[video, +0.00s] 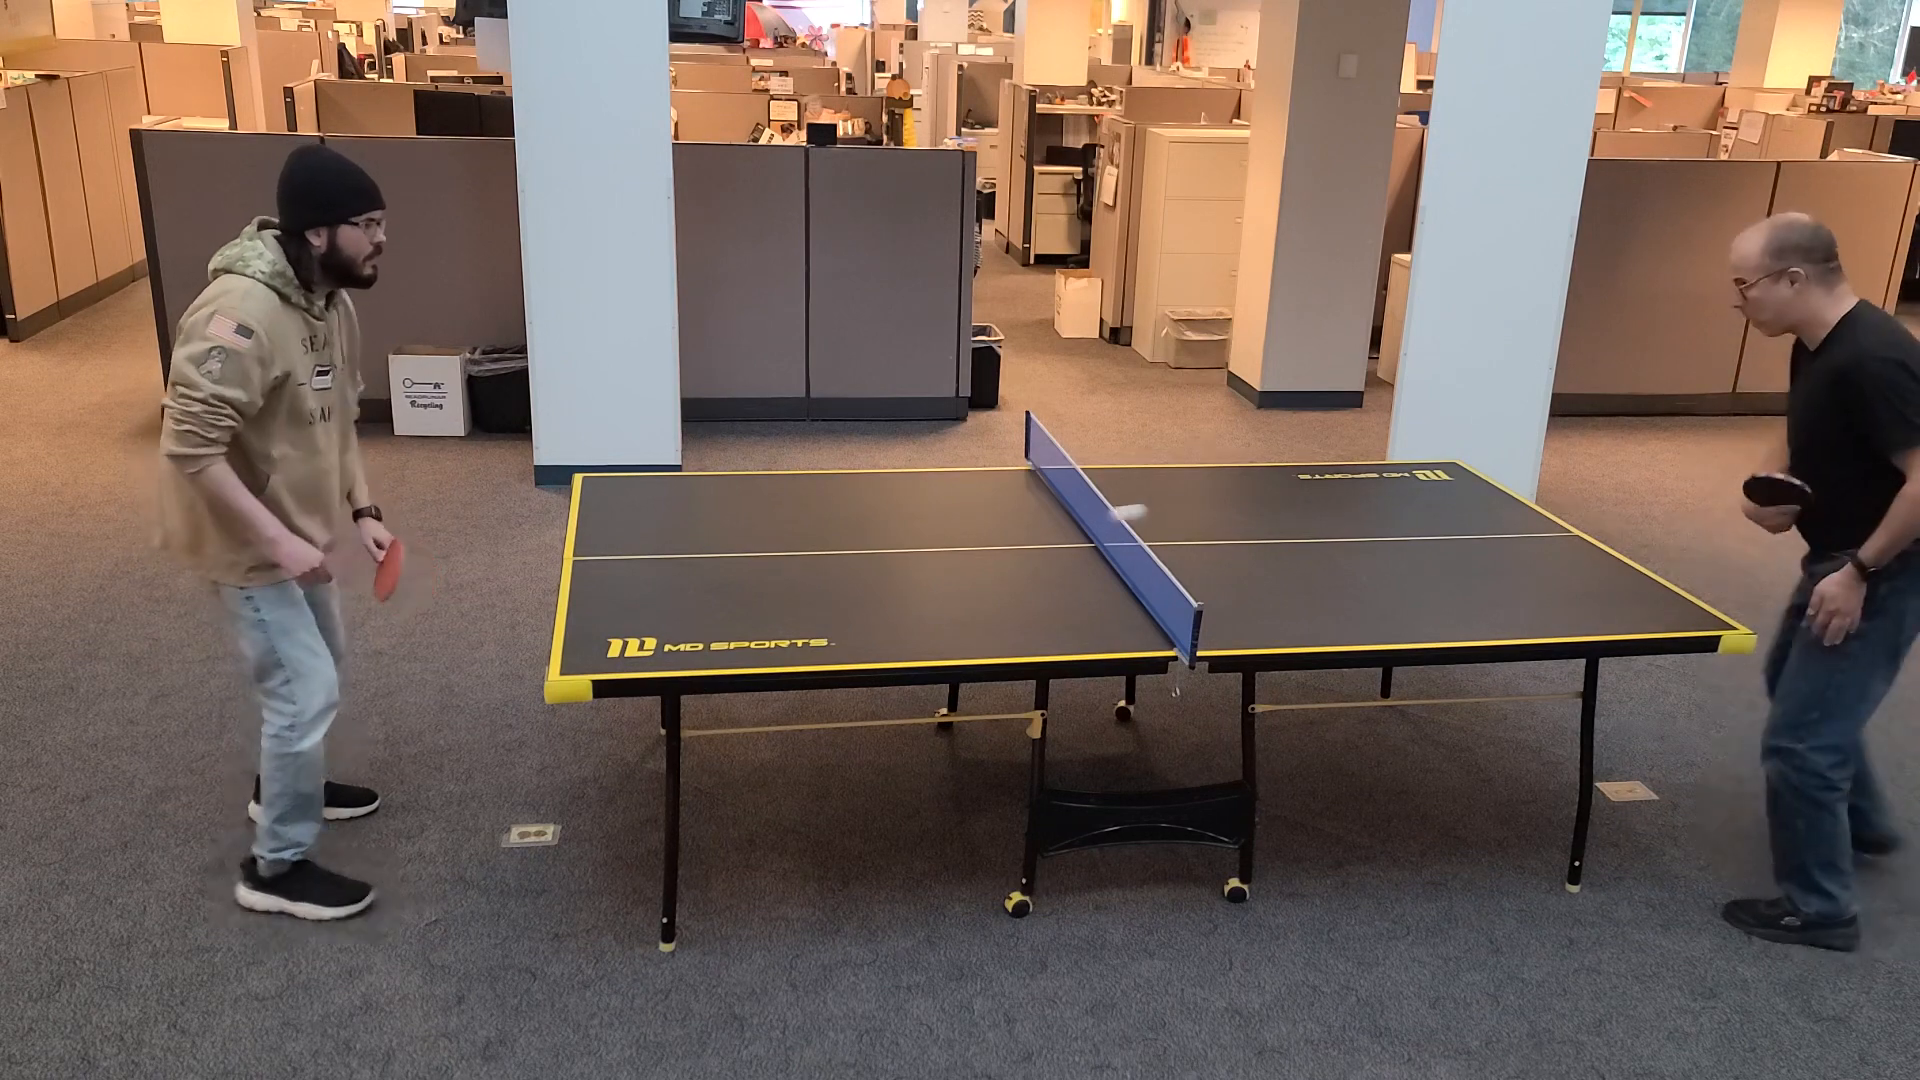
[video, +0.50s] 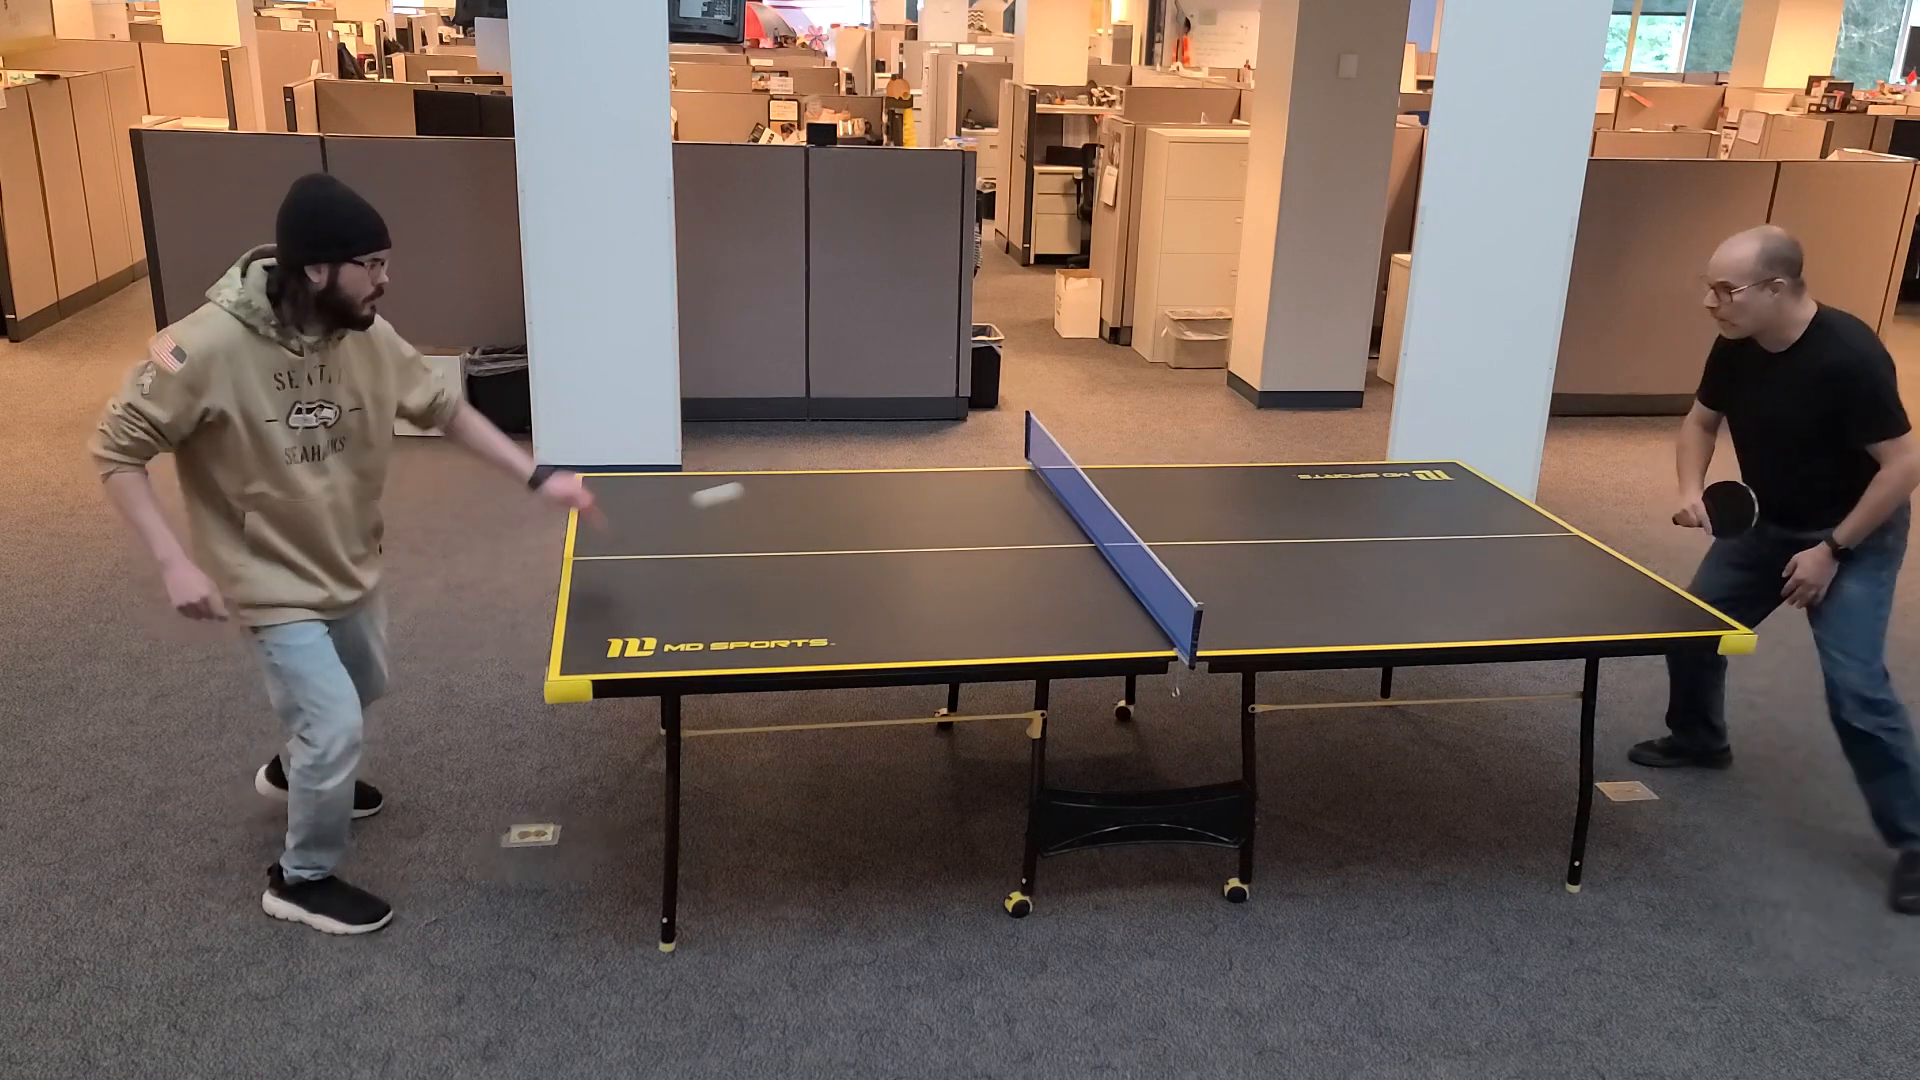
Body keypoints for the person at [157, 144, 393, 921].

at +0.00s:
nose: (382, 238)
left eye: (380, 222)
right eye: (368, 224)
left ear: (327, 233)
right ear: (317, 233)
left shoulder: (331, 301)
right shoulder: (241, 317)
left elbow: (339, 423)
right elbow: (191, 450)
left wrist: (362, 510)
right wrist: (279, 541)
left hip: (303, 531)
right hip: (244, 543)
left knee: (318, 671)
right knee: (305, 690)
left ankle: (287, 790)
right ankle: (276, 864)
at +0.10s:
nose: (383, 252)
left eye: (382, 237)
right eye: (371, 239)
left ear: (327, 246)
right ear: (319, 246)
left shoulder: (347, 318)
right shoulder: (234, 327)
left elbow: (363, 430)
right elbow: (169, 449)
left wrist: (371, 520)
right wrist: (245, 546)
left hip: (318, 540)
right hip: (252, 552)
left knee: (324, 670)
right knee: (315, 699)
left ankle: (285, 782)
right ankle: (300, 871)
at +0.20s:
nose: (385, 272)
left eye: (384, 256)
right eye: (371, 258)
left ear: (332, 264)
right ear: (319, 262)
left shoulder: (355, 336)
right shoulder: (224, 340)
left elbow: (382, 447)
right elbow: (151, 461)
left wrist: (374, 539)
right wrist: (215, 573)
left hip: (325, 558)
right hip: (256, 572)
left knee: (351, 671)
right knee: (329, 709)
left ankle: (286, 781)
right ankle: (303, 876)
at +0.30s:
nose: (385, 282)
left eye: (385, 265)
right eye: (370, 267)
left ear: (326, 274)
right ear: (316, 273)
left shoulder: (359, 344)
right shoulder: (216, 351)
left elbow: (399, 457)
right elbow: (136, 467)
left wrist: (393, 551)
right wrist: (187, 582)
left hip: (338, 564)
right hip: (262, 578)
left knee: (358, 681)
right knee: (335, 716)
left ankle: (289, 781)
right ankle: (303, 876)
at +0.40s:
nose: (384, 285)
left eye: (384, 268)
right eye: (370, 271)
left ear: (336, 276)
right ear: (315, 275)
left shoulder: (363, 343)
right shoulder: (211, 350)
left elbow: (419, 445)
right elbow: (127, 460)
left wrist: (463, 534)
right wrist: (172, 577)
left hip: (346, 568)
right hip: (265, 582)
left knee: (363, 685)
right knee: (337, 729)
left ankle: (292, 773)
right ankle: (301, 876)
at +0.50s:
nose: (385, 278)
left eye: (384, 261)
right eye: (371, 264)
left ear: (330, 272)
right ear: (316, 272)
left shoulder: (367, 341)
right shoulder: (208, 349)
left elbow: (448, 405)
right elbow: (116, 451)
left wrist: (538, 476)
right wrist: (174, 564)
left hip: (350, 565)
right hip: (269, 580)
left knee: (361, 688)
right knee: (333, 731)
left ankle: (298, 771)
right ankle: (302, 876)